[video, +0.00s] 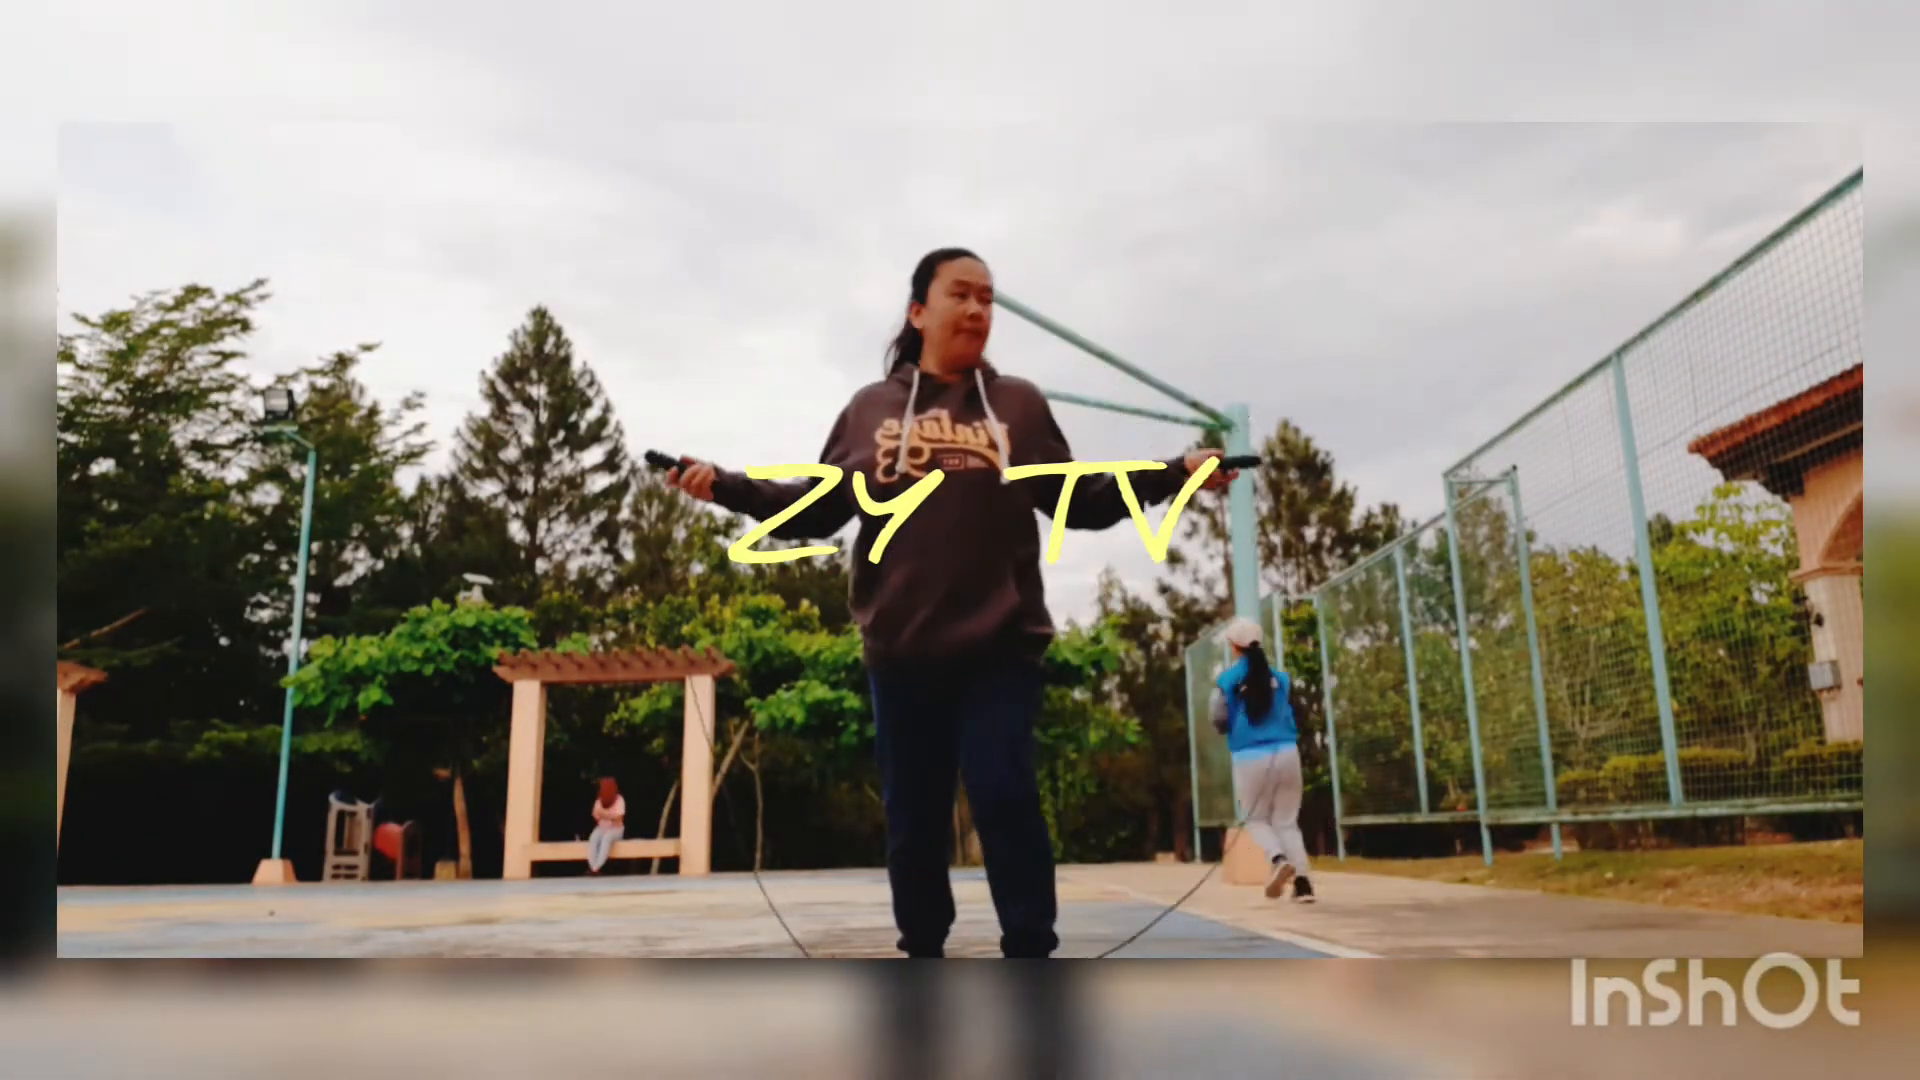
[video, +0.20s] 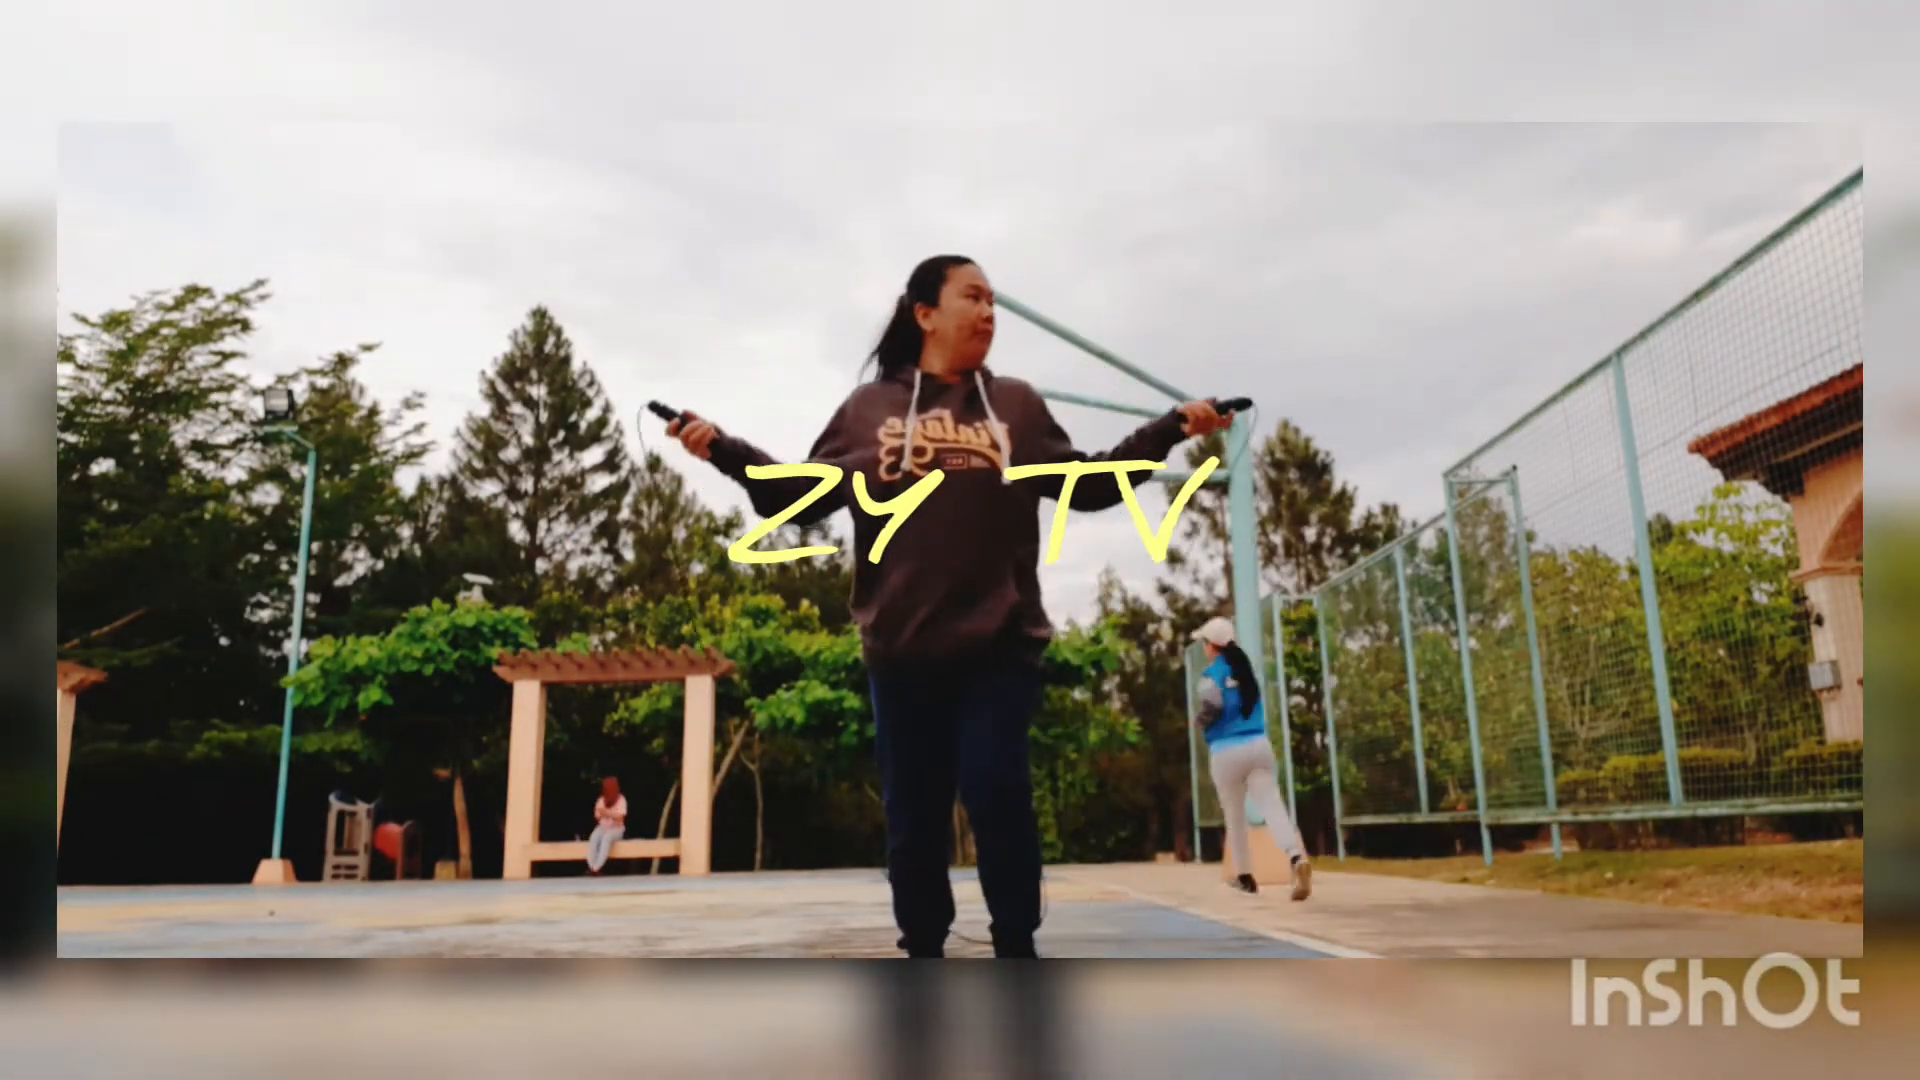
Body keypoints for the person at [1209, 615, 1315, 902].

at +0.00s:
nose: (1229, 649)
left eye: (1230, 645)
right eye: (1231, 645)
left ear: (1234, 648)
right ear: (1258, 645)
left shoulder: (1226, 680)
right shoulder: (1280, 677)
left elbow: (1218, 717)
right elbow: (1285, 707)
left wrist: (1232, 731)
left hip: (1250, 754)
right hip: (1287, 748)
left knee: (1254, 817)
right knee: (1287, 820)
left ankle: (1278, 860)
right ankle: (1301, 877)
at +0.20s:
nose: (1203, 648)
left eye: (1205, 643)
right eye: (1204, 643)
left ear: (1212, 645)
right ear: (1229, 643)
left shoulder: (1212, 675)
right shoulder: (1247, 667)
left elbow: (1209, 712)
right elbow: (1252, 706)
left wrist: (1197, 723)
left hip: (1226, 748)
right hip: (1258, 743)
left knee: (1234, 817)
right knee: (1271, 805)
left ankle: (1244, 874)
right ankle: (1297, 856)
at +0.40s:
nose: (1165, 664)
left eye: (1167, 660)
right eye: (1165, 659)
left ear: (1174, 662)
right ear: (1191, 660)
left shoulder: (1165, 691)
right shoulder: (1206, 685)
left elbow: (1156, 728)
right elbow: (1231, 719)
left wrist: (1162, 745)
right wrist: (1212, 735)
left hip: (1188, 759)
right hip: (1218, 755)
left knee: (1207, 818)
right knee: (1211, 816)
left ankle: (1236, 872)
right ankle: (1231, 869)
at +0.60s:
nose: (1137, 672)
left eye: (1138, 667)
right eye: (1137, 667)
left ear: (1146, 669)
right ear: (1161, 668)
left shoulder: (1134, 697)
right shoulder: (1177, 693)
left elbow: (1123, 729)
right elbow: (1196, 720)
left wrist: (1125, 712)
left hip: (1158, 761)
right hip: (1184, 757)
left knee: (1175, 820)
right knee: (1179, 819)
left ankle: (1212, 854)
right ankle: (1184, 872)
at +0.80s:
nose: (1090, 675)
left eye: (1093, 671)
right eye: (1091, 671)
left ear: (1103, 673)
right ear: (1109, 673)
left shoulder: (1105, 698)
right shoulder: (1123, 693)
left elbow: (1110, 731)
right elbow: (1124, 725)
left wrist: (1094, 740)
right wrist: (1094, 723)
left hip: (1118, 765)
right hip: (1141, 760)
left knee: (1107, 815)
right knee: (1149, 817)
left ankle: (1129, 865)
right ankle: (1178, 865)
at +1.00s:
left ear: (1057, 709)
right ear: (1072, 708)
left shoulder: (1058, 724)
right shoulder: (1078, 722)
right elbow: (1087, 744)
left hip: (1072, 775)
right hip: (1090, 772)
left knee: (1063, 827)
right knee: (1086, 827)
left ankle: (1085, 871)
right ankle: (1124, 853)